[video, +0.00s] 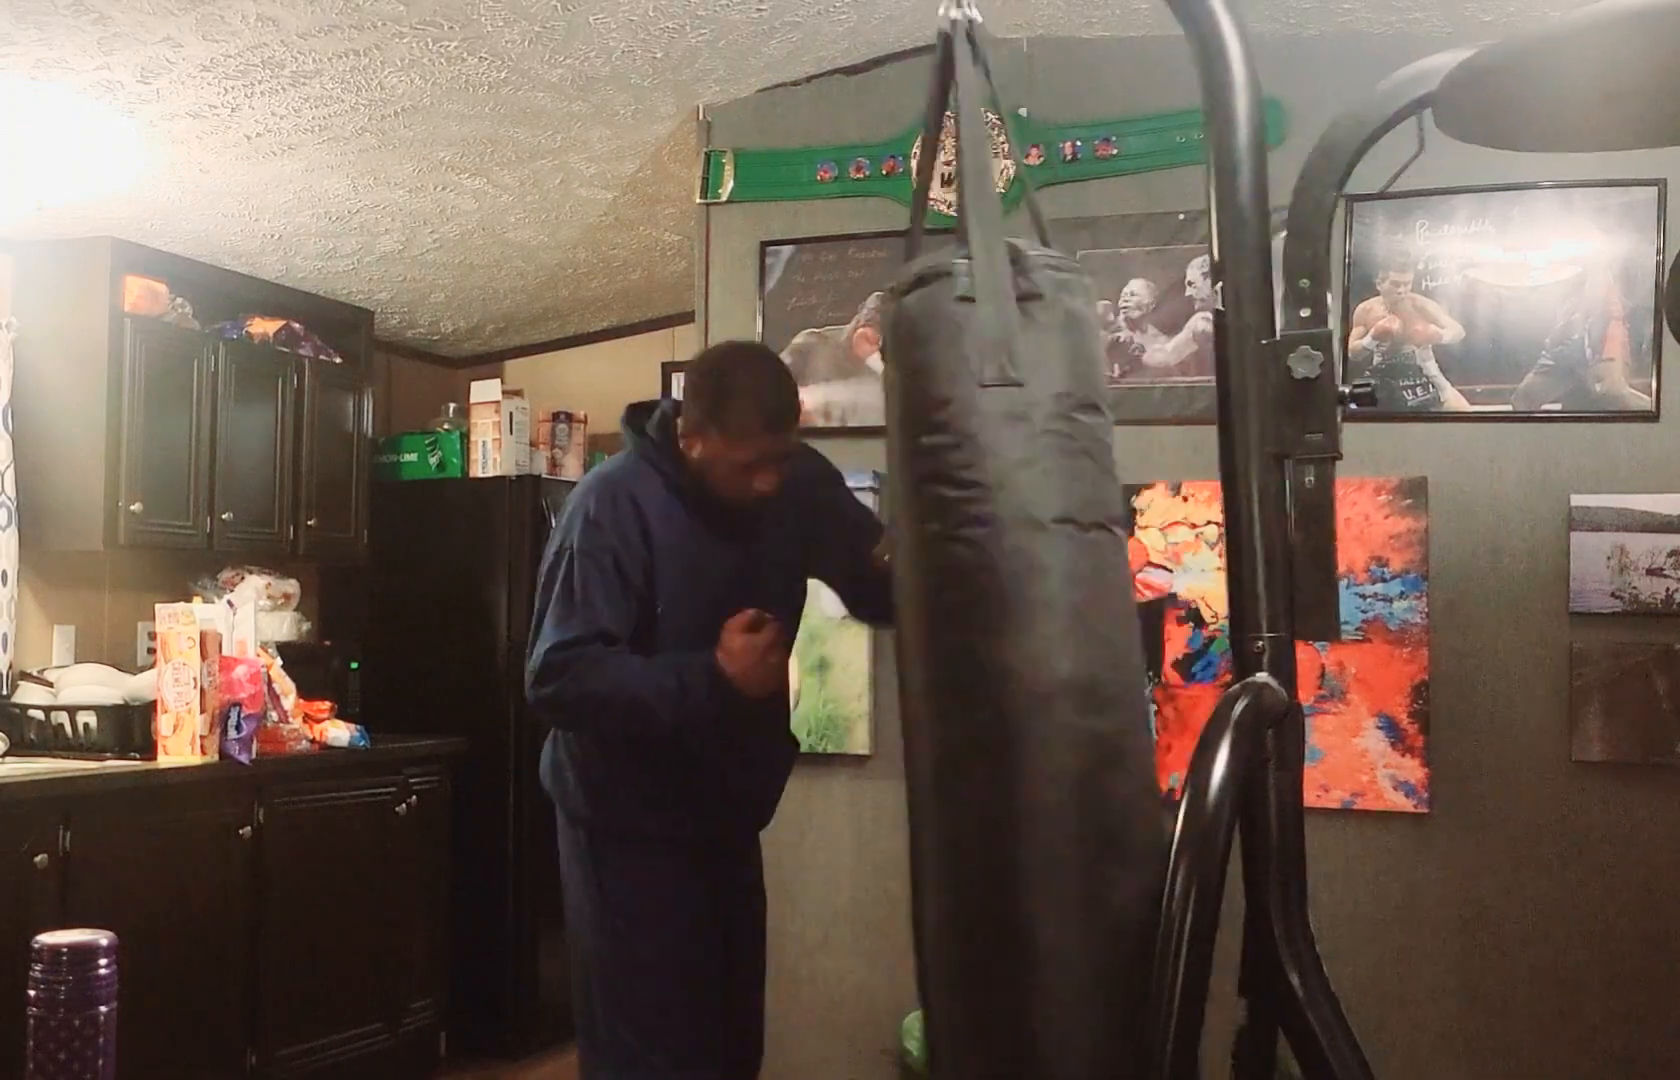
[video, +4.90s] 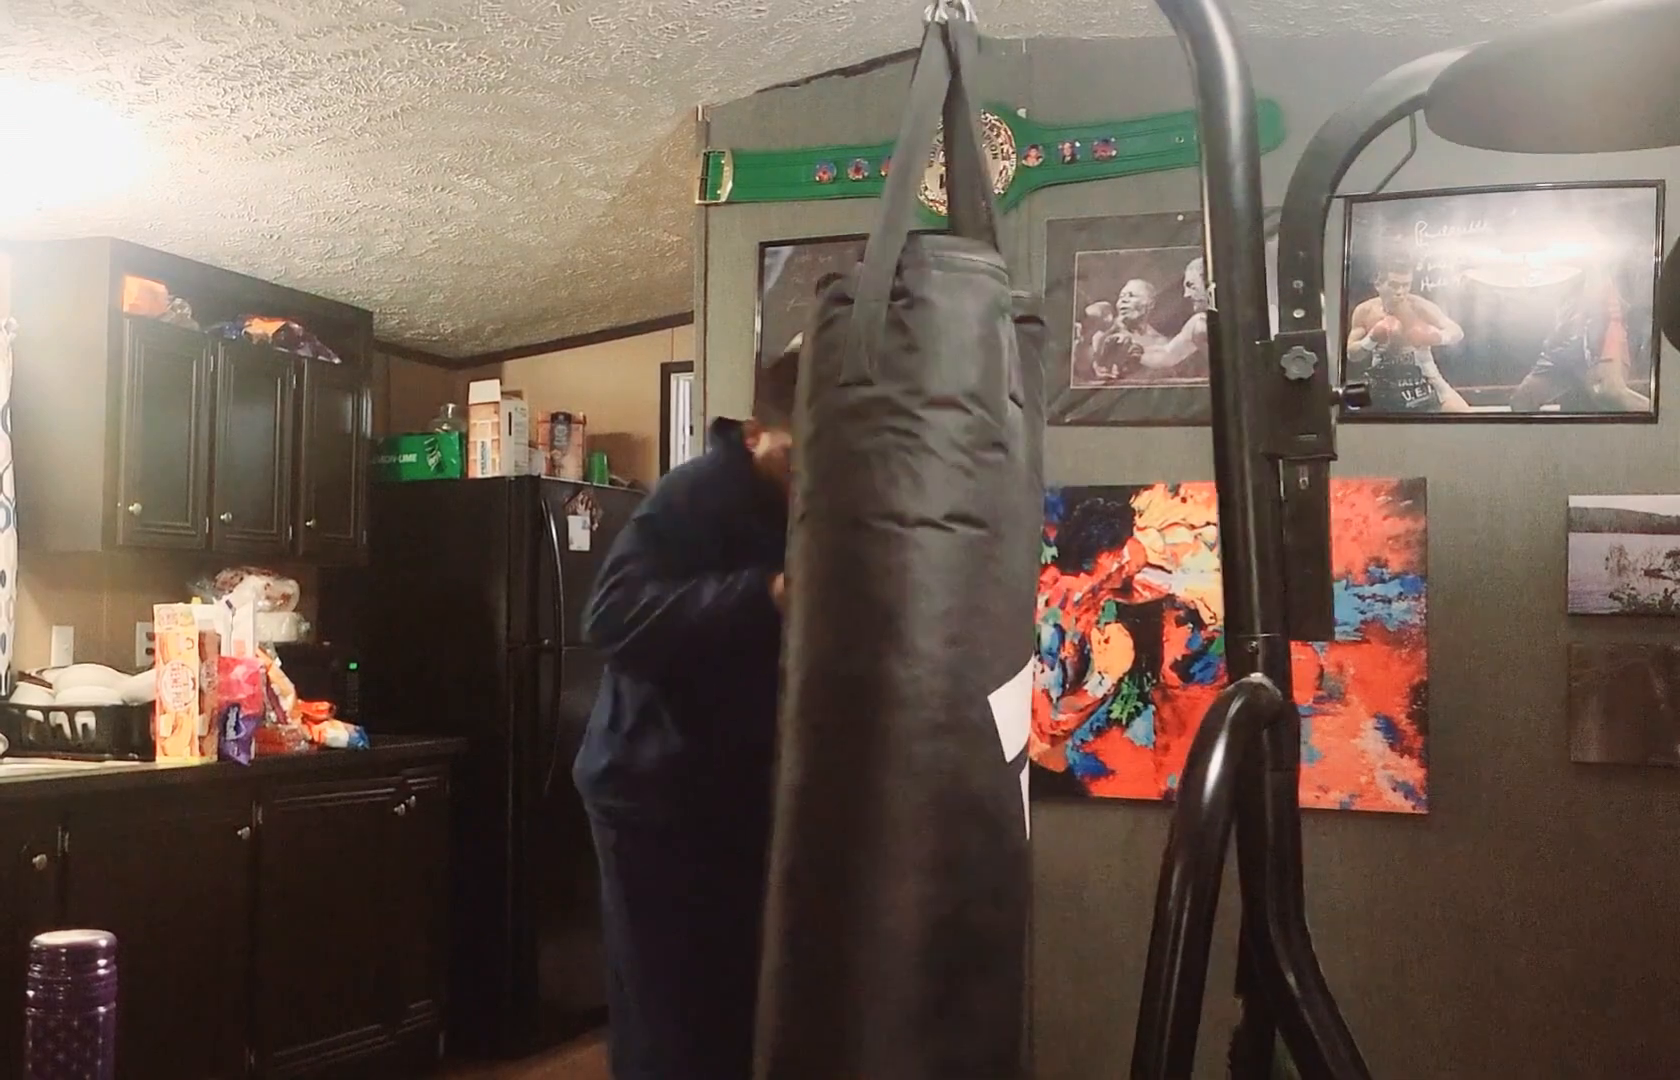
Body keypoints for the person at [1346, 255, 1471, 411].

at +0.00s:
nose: (1402, 290)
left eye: (1406, 285)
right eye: (1396, 284)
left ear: (1412, 283)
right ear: (1379, 284)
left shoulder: (1421, 305)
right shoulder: (1365, 310)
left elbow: (1458, 331)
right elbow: (1352, 353)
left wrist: (1436, 335)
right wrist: (1373, 337)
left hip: (1427, 380)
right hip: (1384, 383)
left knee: (1467, 416)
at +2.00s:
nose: (1401, 291)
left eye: (1406, 285)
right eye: (1395, 285)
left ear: (1411, 284)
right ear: (1378, 284)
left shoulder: (1420, 305)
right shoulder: (1365, 311)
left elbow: (1457, 332)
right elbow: (1351, 354)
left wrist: (1434, 336)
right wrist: (1372, 338)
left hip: (1426, 382)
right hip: (1383, 386)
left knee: (1467, 418)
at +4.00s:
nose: (1401, 292)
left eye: (1405, 286)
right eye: (1394, 285)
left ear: (1411, 284)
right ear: (1378, 285)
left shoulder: (1421, 306)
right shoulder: (1364, 312)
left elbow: (1457, 332)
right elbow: (1352, 355)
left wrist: (1435, 336)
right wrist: (1373, 339)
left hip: (1428, 382)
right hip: (1384, 386)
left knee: (1467, 419)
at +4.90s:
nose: (1400, 292)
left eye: (1405, 286)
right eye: (1394, 285)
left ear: (1411, 284)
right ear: (1378, 284)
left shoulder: (1421, 306)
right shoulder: (1364, 312)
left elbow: (1457, 332)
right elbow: (1351, 354)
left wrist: (1436, 337)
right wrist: (1373, 338)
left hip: (1426, 383)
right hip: (1382, 386)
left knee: (1467, 419)